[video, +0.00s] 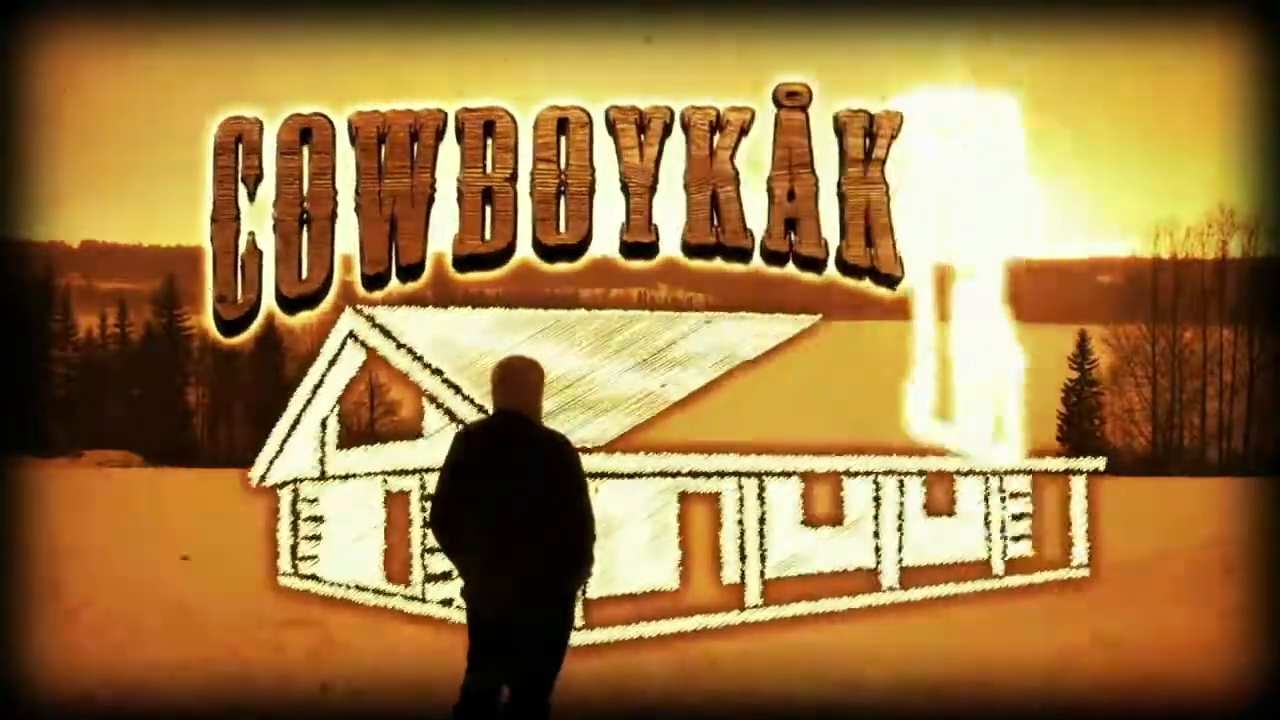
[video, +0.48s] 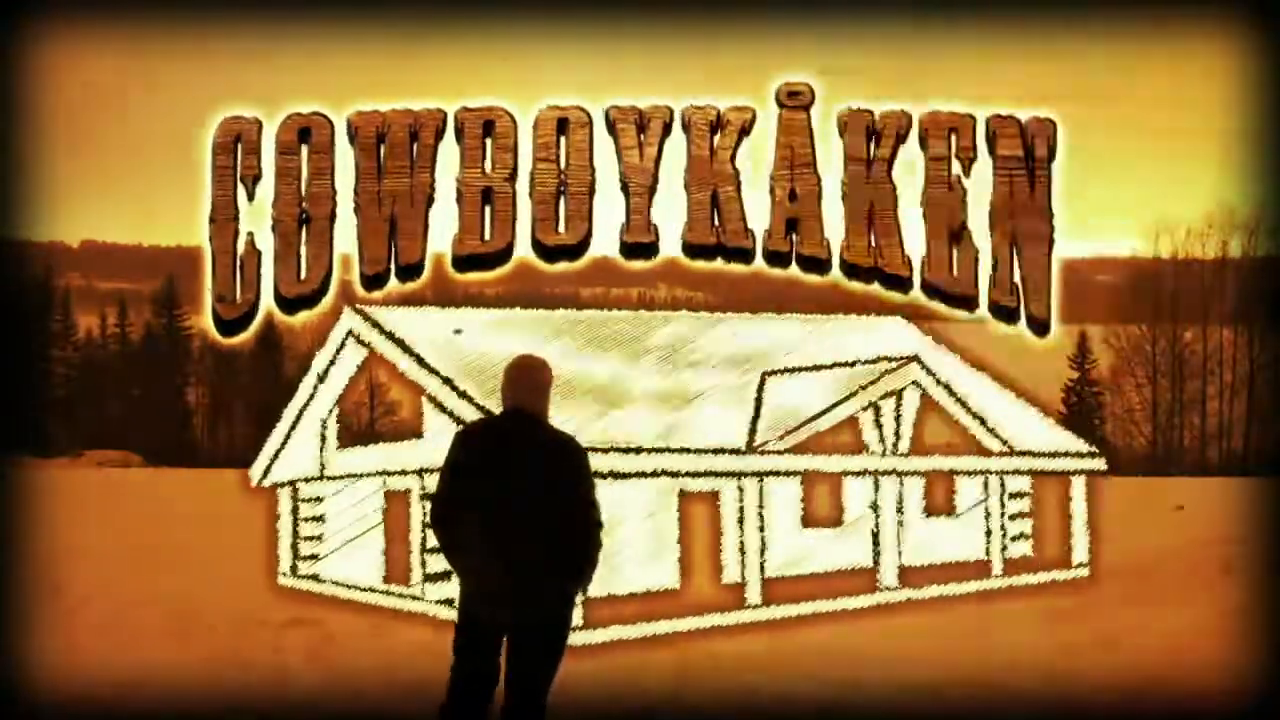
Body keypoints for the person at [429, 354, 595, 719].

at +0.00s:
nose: (534, 398)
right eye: (535, 391)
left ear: (495, 392)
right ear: (538, 394)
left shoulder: (470, 440)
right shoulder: (558, 448)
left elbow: (442, 516)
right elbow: (581, 524)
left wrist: (472, 569)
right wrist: (571, 578)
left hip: (486, 590)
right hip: (548, 593)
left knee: (480, 683)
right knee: (533, 693)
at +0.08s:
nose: (530, 397)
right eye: (534, 390)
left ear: (496, 390)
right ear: (539, 394)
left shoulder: (470, 440)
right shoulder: (561, 448)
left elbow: (442, 517)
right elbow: (584, 525)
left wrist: (473, 569)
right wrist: (571, 577)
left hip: (485, 592)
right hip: (548, 595)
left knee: (478, 684)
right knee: (532, 695)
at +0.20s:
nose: (528, 397)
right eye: (534, 390)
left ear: (498, 390)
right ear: (542, 393)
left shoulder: (470, 440)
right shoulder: (564, 448)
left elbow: (442, 516)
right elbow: (587, 527)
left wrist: (471, 569)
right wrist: (568, 580)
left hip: (483, 594)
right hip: (546, 598)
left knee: (473, 691)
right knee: (530, 697)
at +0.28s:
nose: (532, 396)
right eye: (537, 389)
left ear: (500, 389)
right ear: (543, 392)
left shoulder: (471, 439)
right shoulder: (565, 448)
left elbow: (442, 515)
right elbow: (587, 526)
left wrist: (471, 569)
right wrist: (570, 578)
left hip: (483, 593)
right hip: (546, 598)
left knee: (471, 691)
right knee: (529, 697)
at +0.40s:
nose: (535, 397)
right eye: (541, 390)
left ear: (504, 390)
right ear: (545, 394)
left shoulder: (472, 438)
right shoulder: (567, 451)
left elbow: (443, 515)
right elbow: (586, 527)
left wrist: (469, 569)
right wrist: (570, 577)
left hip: (482, 587)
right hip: (544, 592)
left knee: (468, 682)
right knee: (528, 692)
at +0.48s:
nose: (533, 397)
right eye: (539, 390)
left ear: (503, 390)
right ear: (547, 394)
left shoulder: (471, 440)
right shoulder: (568, 451)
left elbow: (443, 515)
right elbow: (588, 529)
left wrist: (471, 569)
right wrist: (571, 581)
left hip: (482, 593)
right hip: (546, 598)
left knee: (468, 691)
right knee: (528, 699)